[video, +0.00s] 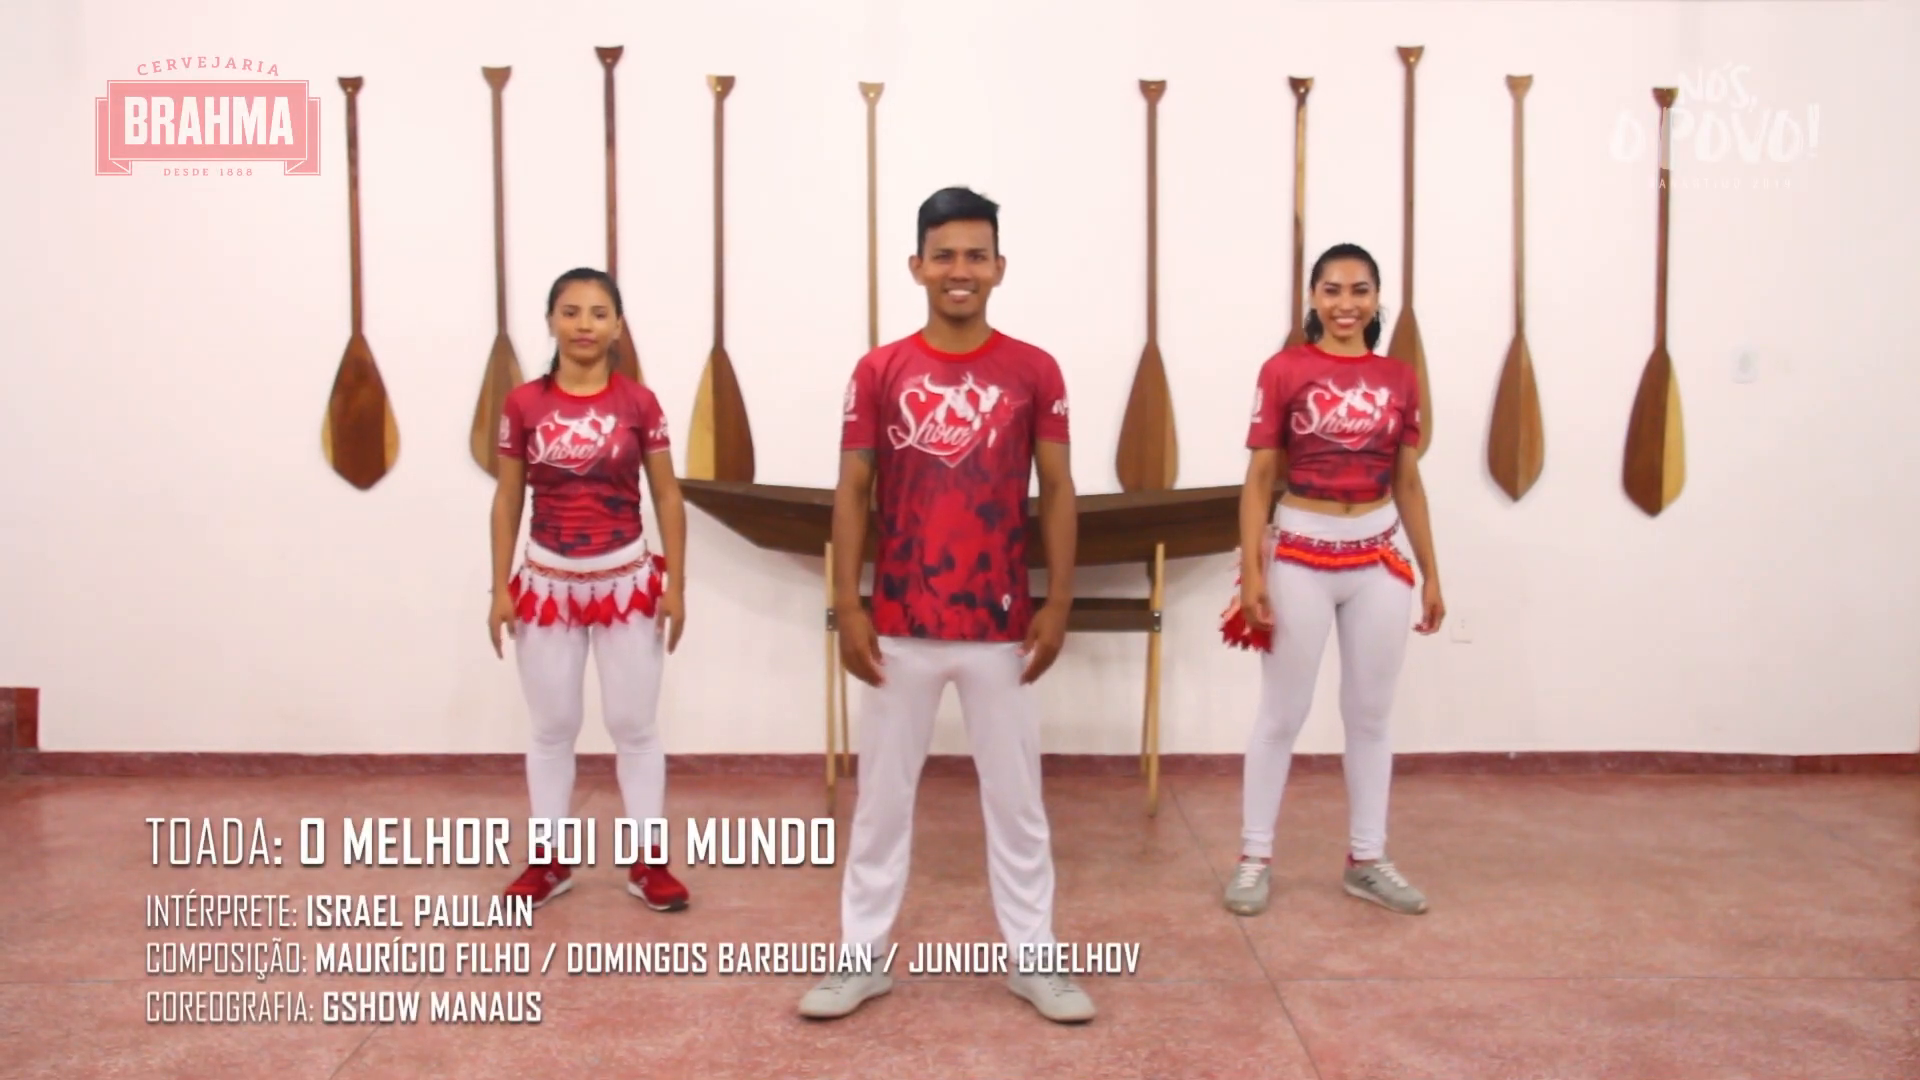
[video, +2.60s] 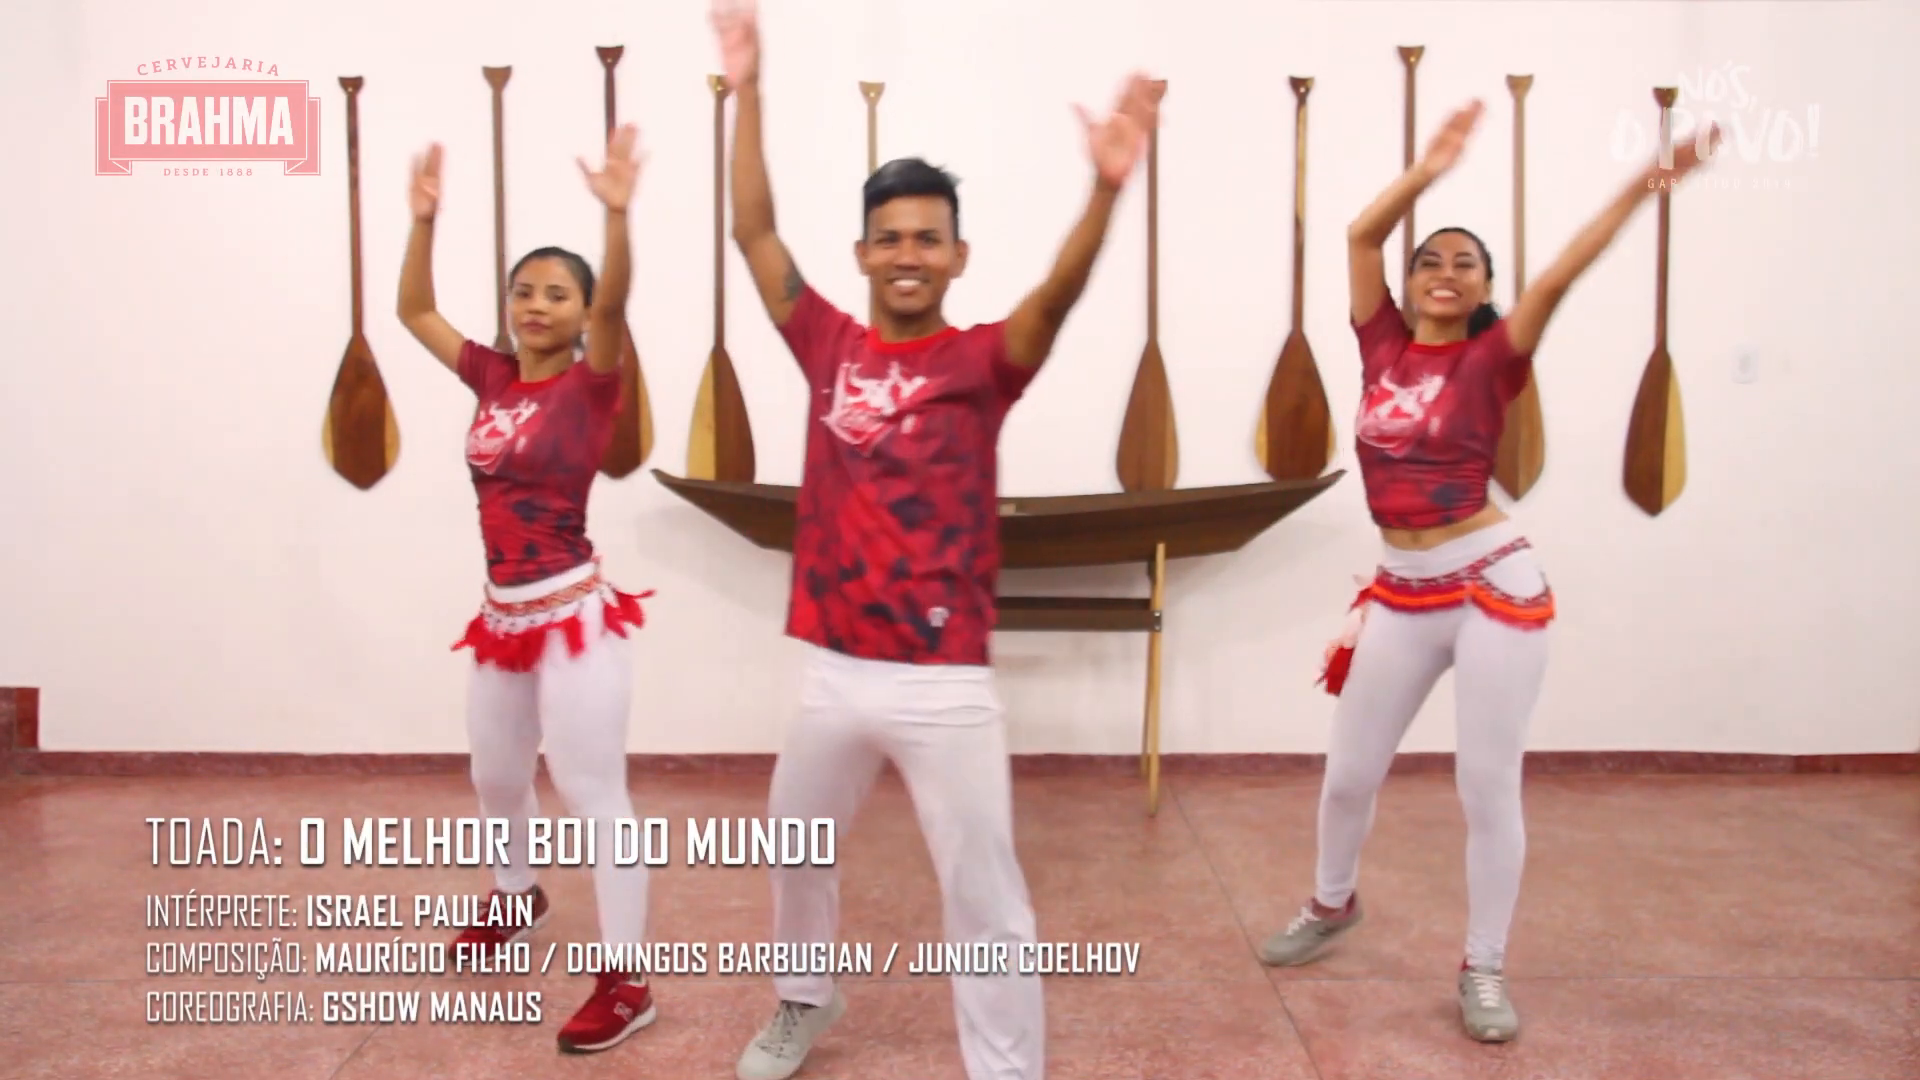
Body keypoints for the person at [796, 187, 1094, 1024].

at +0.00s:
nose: (962, 270)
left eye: (977, 255)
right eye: (946, 256)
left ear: (998, 266)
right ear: (919, 267)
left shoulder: (1034, 371)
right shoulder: (879, 373)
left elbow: (1058, 492)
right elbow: (852, 494)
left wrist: (1059, 601)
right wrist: (845, 605)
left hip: (999, 624)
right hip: (901, 623)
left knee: (1016, 799)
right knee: (881, 796)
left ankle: (1033, 954)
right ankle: (863, 953)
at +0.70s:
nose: (967, 250)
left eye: (986, 238)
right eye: (955, 240)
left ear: (1022, 262)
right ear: (941, 266)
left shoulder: (1054, 372)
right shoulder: (920, 367)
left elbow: (1087, 486)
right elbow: (930, 482)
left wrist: (1113, 587)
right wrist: (1020, 561)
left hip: (1043, 622)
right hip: (958, 624)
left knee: (1043, 799)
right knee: (927, 797)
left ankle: (1037, 954)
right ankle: (880, 951)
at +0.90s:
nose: (958, 245)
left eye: (977, 234)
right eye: (946, 236)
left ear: (1015, 258)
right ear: (934, 263)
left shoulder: (1055, 351)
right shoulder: (920, 355)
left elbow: (1140, 363)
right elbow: (889, 360)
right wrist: (952, 312)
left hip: (1035, 622)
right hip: (944, 622)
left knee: (1037, 803)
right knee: (890, 788)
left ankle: (1035, 955)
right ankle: (850, 959)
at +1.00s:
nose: (954, 248)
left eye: (973, 235)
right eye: (942, 238)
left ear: (1009, 258)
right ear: (929, 265)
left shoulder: (1043, 344)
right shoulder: (914, 352)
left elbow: (1147, 297)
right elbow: (872, 301)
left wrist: (1239, 233)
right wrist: (906, 206)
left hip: (1029, 623)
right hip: (935, 624)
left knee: (1033, 803)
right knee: (878, 798)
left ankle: (1035, 958)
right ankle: (819, 975)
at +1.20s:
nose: (922, 254)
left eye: (943, 242)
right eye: (912, 243)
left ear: (981, 265)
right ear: (899, 261)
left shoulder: (1006, 348)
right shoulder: (869, 349)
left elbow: (1077, 249)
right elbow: (803, 270)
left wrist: (1120, 138)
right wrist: (757, 163)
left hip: (994, 627)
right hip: (896, 630)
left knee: (1014, 805)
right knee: (850, 817)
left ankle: (1033, 956)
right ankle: (816, 998)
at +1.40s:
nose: (879, 241)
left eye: (901, 230)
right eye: (871, 228)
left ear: (942, 256)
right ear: (856, 249)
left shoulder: (960, 342)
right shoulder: (814, 342)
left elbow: (1017, 240)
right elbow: (718, 273)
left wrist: (1022, 118)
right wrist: (626, 197)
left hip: (939, 628)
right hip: (836, 630)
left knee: (996, 800)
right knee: (806, 824)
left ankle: (1043, 955)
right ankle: (811, 1002)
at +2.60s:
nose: (907, 254)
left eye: (927, 239)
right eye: (889, 238)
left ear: (960, 256)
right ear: (861, 254)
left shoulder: (986, 363)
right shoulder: (830, 348)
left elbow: (1058, 293)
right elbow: (755, 230)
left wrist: (1106, 190)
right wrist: (742, 90)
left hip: (946, 682)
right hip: (829, 672)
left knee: (984, 896)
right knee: (793, 848)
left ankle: (1006, 1068)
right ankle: (804, 1001)